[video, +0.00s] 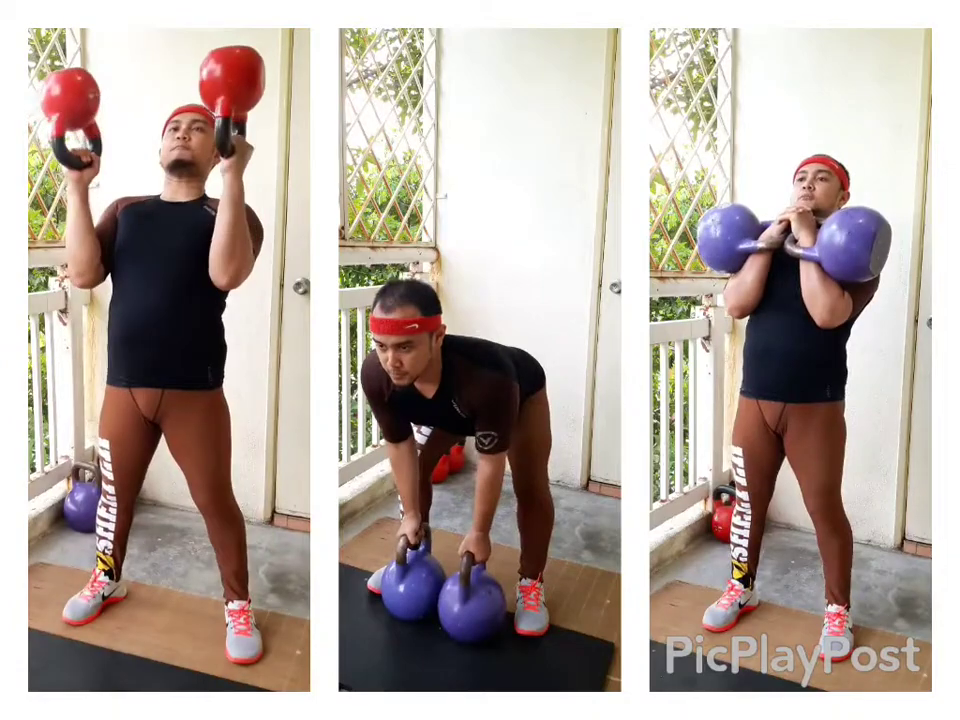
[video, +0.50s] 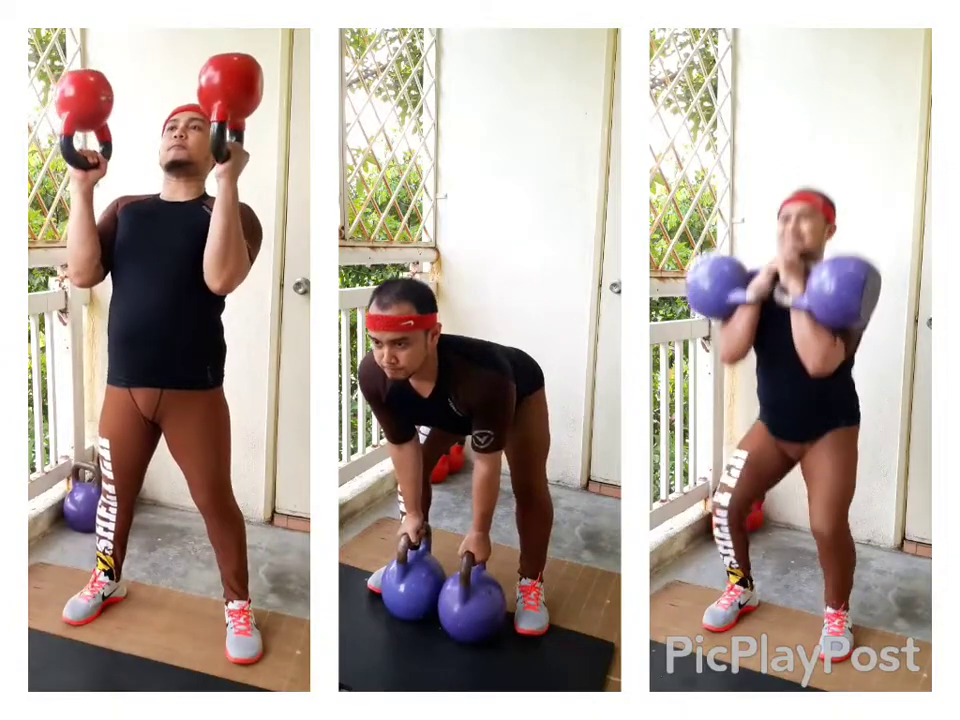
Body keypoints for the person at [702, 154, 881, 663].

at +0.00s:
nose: (805, 186)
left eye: (819, 179)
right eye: (800, 179)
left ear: (844, 196)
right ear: (790, 193)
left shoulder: (854, 257)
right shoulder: (768, 243)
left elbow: (828, 314)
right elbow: (735, 305)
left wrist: (805, 242)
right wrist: (767, 243)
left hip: (814, 406)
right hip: (754, 399)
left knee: (825, 512)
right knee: (749, 501)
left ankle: (837, 609)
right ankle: (740, 586)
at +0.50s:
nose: (792, 227)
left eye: (805, 219)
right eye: (785, 218)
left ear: (828, 230)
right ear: (776, 228)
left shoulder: (842, 289)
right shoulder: (756, 283)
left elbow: (821, 362)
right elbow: (730, 351)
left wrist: (795, 290)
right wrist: (759, 289)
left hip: (830, 431)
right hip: (773, 427)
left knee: (828, 528)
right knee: (733, 508)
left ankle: (836, 613)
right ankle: (740, 585)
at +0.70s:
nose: (790, 290)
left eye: (802, 282)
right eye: (783, 282)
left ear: (823, 294)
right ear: (772, 292)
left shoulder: (833, 352)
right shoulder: (754, 346)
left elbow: (819, 430)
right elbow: (727, 416)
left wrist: (792, 361)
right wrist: (753, 361)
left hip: (831, 466)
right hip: (775, 464)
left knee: (826, 543)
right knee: (721, 521)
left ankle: (836, 616)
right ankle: (740, 588)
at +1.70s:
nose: (795, 226)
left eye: (808, 221)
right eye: (788, 218)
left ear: (829, 238)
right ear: (777, 231)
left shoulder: (835, 299)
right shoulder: (756, 291)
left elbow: (819, 376)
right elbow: (729, 359)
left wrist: (793, 307)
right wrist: (751, 306)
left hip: (829, 433)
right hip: (773, 427)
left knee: (829, 531)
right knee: (727, 505)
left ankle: (837, 615)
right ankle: (740, 587)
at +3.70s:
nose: (795, 190)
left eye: (808, 182)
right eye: (788, 182)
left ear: (832, 195)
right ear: (778, 193)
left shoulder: (846, 257)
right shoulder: (758, 249)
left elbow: (824, 323)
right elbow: (728, 317)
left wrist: (799, 251)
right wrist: (758, 256)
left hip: (824, 412)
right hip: (765, 408)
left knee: (827, 516)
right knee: (738, 499)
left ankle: (836, 612)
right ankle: (739, 586)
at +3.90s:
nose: (789, 238)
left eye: (802, 230)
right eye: (782, 230)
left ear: (825, 241)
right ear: (773, 239)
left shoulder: (840, 302)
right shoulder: (757, 296)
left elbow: (822, 374)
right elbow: (727, 362)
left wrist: (795, 302)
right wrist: (756, 305)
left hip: (830, 438)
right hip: (773, 434)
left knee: (828, 533)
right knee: (727, 510)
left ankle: (835, 613)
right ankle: (740, 587)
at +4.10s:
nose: (787, 297)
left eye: (800, 288)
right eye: (780, 288)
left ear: (821, 299)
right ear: (770, 298)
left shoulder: (836, 356)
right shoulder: (753, 352)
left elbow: (821, 436)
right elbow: (726, 421)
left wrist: (793, 367)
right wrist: (753, 371)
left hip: (832, 472)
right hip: (775, 469)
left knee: (827, 545)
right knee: (718, 521)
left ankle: (836, 616)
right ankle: (740, 588)